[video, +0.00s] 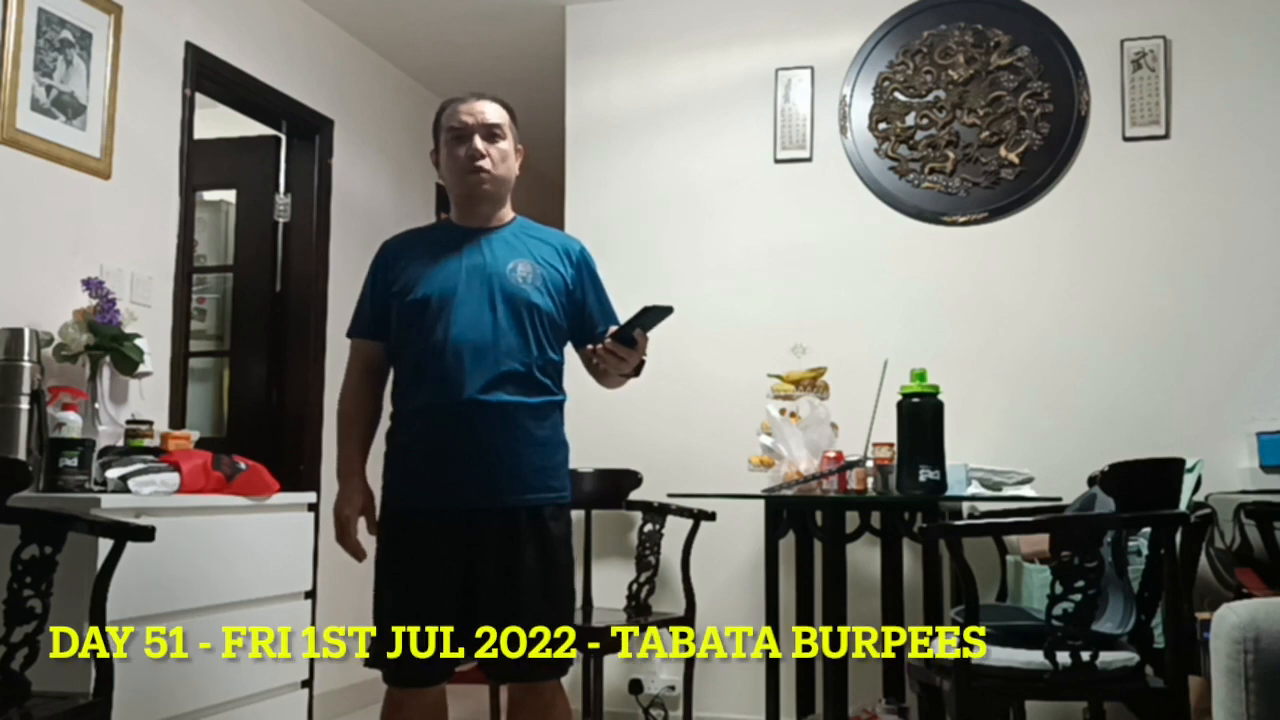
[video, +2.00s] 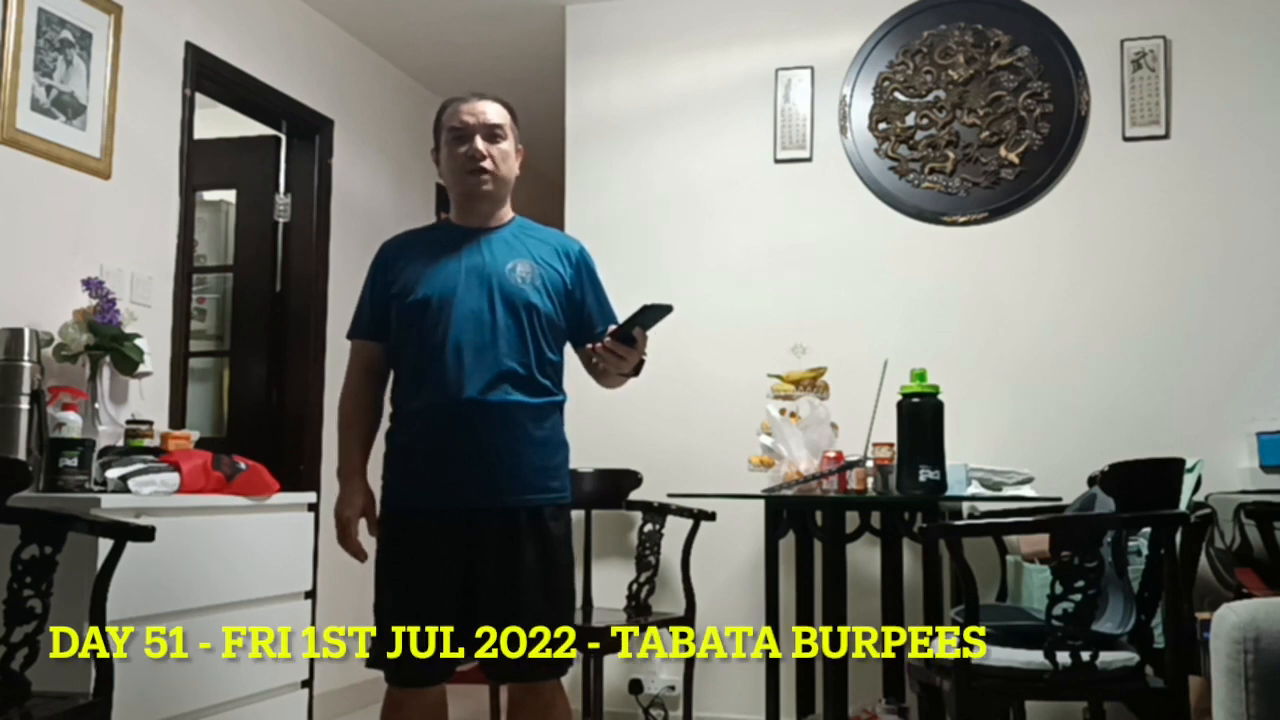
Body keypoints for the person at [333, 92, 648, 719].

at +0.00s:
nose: (476, 146)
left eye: (492, 134)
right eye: (459, 137)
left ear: (519, 158)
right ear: (437, 161)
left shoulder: (564, 253)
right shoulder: (400, 255)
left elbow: (604, 363)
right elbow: (365, 373)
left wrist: (622, 364)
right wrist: (351, 475)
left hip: (528, 496)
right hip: (421, 496)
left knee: (536, 681)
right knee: (411, 682)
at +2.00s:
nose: (477, 146)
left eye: (493, 135)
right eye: (460, 137)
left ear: (519, 159)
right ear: (437, 161)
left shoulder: (563, 253)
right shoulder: (400, 256)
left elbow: (603, 362)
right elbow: (365, 375)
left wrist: (622, 362)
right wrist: (352, 476)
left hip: (528, 496)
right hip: (421, 496)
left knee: (536, 680)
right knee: (412, 681)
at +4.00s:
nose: (543, 185)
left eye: (559, 167)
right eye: (523, 163)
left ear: (571, 171)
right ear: (481, 158)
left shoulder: (594, 274)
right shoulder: (416, 256)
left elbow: (638, 390)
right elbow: (362, 364)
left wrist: (653, 400)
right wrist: (352, 466)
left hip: (543, 521)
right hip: (428, 512)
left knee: (577, 700)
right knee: (398, 701)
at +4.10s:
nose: (594, 190)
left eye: (612, 172)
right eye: (574, 165)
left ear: (624, 175)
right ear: (531, 158)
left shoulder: (639, 286)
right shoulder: (459, 250)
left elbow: (679, 397)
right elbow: (398, 361)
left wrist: (691, 429)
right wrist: (379, 466)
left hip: (575, 528)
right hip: (458, 517)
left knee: (599, 704)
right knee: (408, 696)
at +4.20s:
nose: (651, 210)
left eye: (672, 189)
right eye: (632, 181)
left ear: (685, 186)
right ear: (587, 165)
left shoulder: (690, 303)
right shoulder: (508, 247)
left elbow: (727, 415)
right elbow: (435, 362)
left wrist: (733, 457)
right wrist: (415, 477)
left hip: (610, 533)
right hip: (489, 519)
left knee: (635, 705)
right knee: (436, 702)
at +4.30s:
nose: (701, 239)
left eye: (723, 219)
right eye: (682, 209)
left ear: (738, 214)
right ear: (633, 186)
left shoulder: (732, 331)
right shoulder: (542, 252)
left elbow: (777, 454)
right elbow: (464, 355)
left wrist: (776, 501)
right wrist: (447, 490)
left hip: (637, 540)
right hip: (511, 525)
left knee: (661, 707)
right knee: (460, 705)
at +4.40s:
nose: (739, 269)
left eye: (763, 249)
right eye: (719, 236)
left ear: (776, 245)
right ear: (669, 208)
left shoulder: (763, 363)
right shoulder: (570, 261)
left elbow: (808, 493)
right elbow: (485, 353)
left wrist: (807, 554)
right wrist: (475, 486)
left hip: (656, 544)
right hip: (532, 526)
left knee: (671, 710)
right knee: (470, 704)